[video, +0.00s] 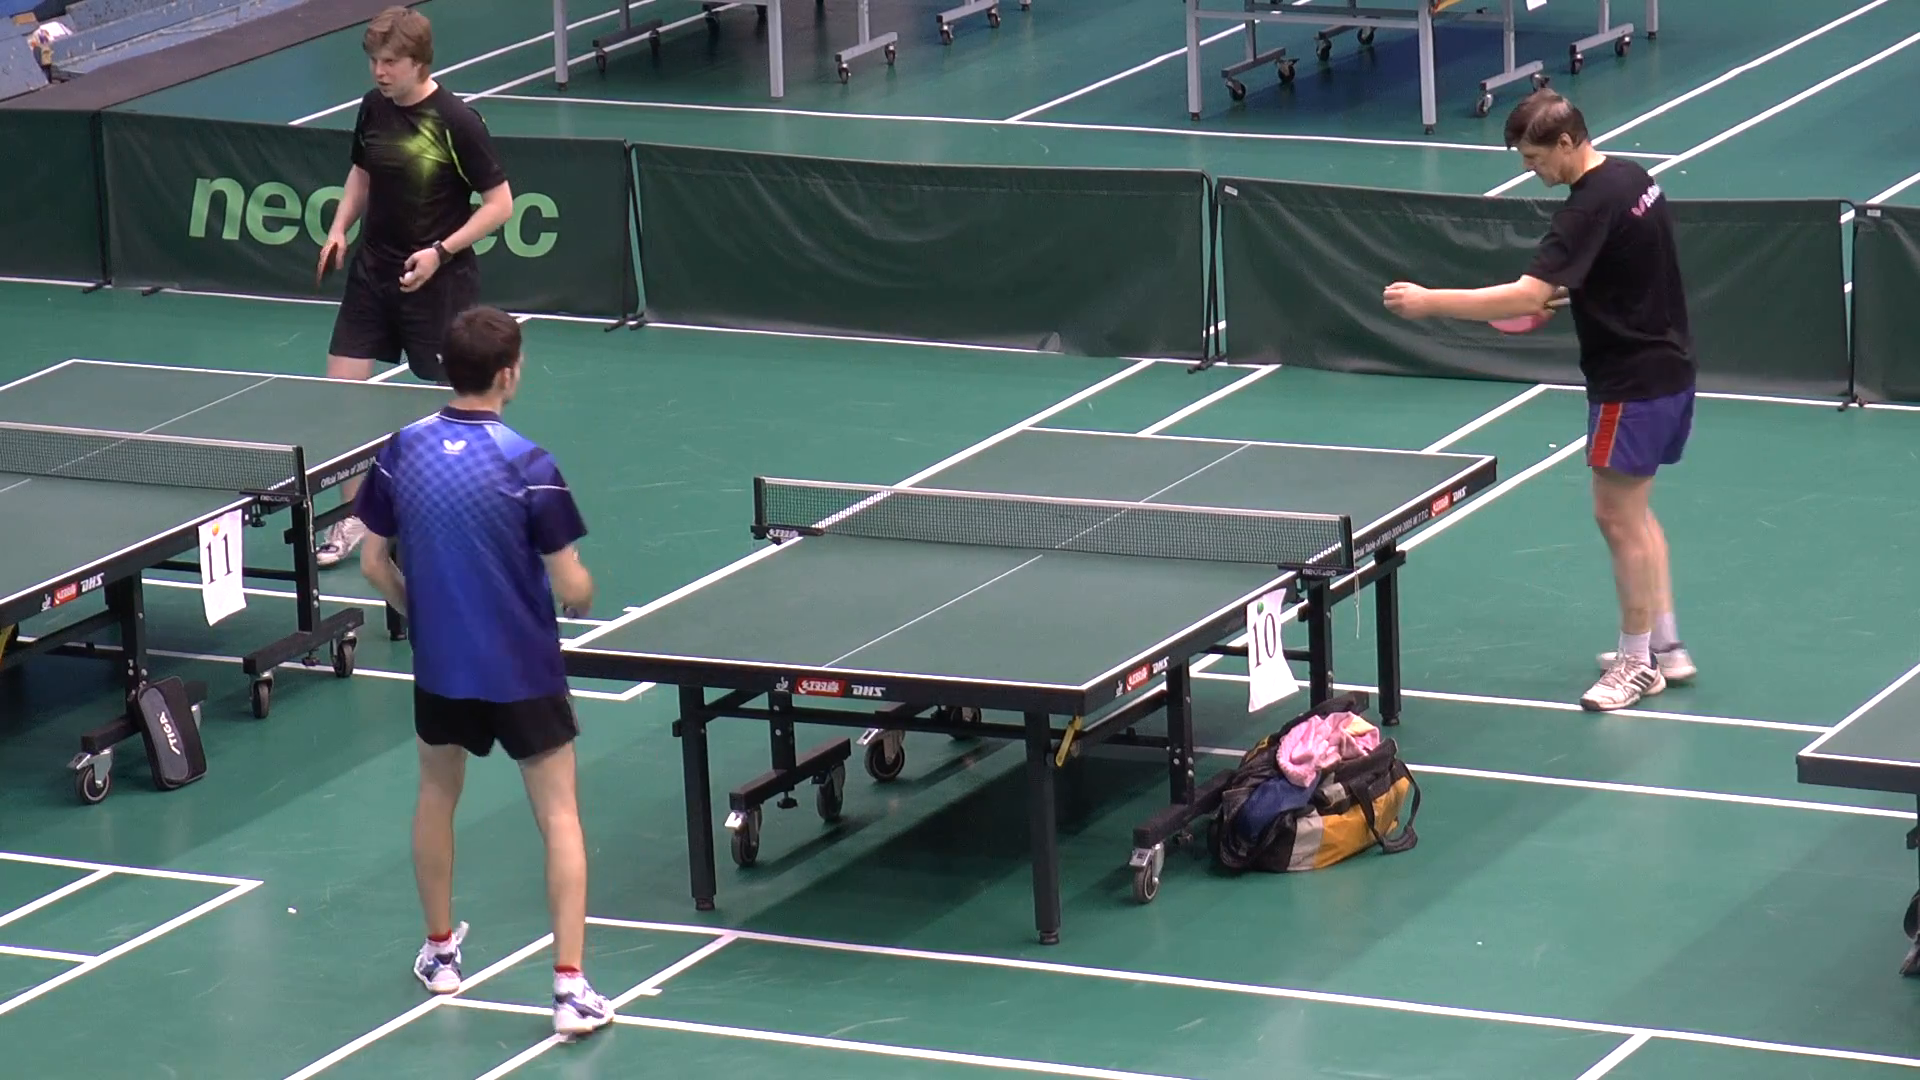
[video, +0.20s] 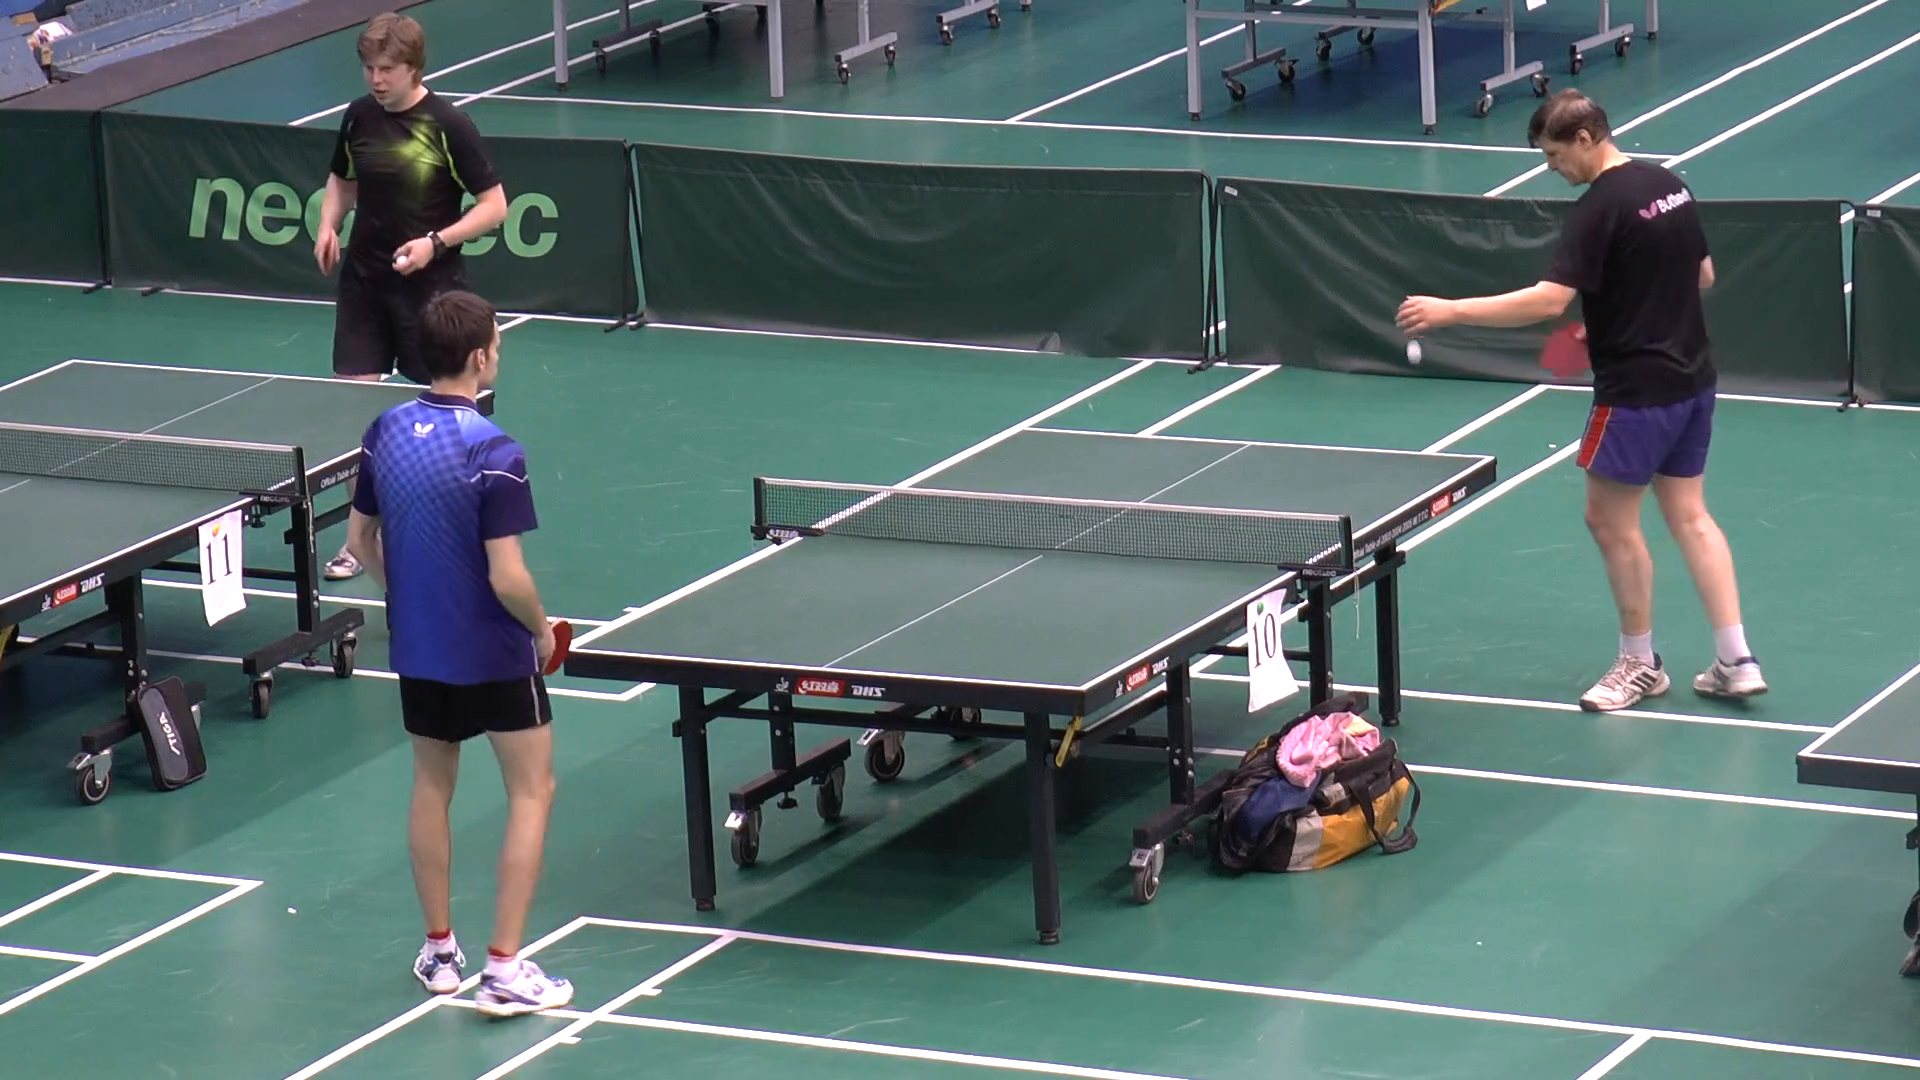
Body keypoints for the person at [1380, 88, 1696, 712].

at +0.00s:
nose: (1532, 171)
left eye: (1534, 159)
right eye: (1527, 161)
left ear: (1565, 142)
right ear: (1570, 141)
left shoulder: (1591, 203)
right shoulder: (1628, 175)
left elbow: (1528, 294)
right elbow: (1615, 268)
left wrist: (1429, 301)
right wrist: (1552, 295)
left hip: (1632, 384)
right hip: (1661, 372)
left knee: (1619, 518)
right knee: (1632, 510)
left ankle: (1636, 661)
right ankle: (1666, 648)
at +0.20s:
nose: (1553, 168)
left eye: (1554, 156)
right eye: (1547, 158)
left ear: (1585, 138)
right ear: (1601, 136)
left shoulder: (1597, 208)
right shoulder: (1665, 181)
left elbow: (1550, 301)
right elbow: (1703, 273)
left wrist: (1451, 310)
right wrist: (1615, 303)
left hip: (1636, 395)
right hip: (1693, 383)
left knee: (1610, 518)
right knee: (1691, 515)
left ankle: (1639, 663)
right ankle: (1737, 659)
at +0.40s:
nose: (1581, 174)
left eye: (1582, 160)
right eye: (1576, 164)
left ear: (1613, 142)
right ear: (1622, 142)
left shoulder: (1624, 209)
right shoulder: (1694, 191)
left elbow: (1574, 298)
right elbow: (1737, 285)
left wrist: (1471, 304)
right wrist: (1671, 325)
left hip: (1656, 391)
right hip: (1716, 384)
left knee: (1579, 509)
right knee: (1720, 526)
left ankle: (1638, 655)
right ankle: (1745, 675)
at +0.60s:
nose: (1583, 178)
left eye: (1581, 165)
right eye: (1577, 168)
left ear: (1609, 144)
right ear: (1621, 142)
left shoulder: (1622, 207)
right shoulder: (1696, 191)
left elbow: (1552, 297)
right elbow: (1738, 285)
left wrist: (1455, 309)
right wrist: (1646, 331)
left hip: (1658, 397)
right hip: (1722, 391)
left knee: (1588, 516)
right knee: (1724, 530)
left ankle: (1568, 675)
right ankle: (1745, 676)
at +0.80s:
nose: (1541, 201)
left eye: (1539, 186)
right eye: (1535, 190)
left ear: (1566, 166)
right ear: (1583, 161)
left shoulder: (1581, 228)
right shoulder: (1658, 198)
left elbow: (1533, 329)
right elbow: (1644, 295)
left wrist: (1444, 348)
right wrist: (1563, 320)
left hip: (1643, 403)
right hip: (1709, 392)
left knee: (1586, 540)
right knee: (1715, 534)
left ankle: (1544, 685)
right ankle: (1744, 677)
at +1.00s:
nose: (1476, 241)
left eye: (1471, 228)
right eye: (1469, 231)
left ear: (1488, 208)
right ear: (1515, 193)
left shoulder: (1515, 258)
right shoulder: (1594, 215)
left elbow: (1493, 361)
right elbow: (1586, 301)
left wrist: (1410, 370)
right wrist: (1503, 322)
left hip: (1612, 404)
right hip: (1680, 387)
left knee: (1542, 532)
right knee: (1707, 538)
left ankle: (1535, 685)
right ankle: (1743, 677)